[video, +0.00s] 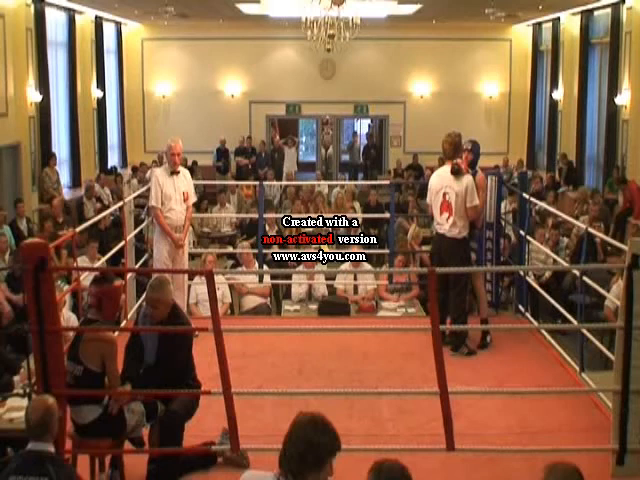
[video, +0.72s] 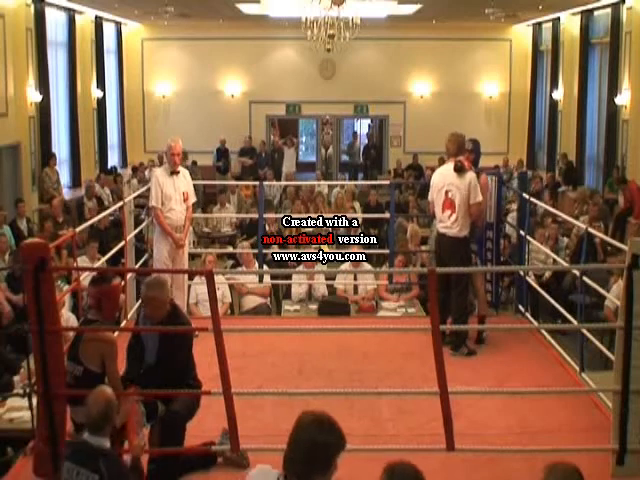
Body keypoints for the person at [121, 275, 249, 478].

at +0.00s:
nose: (152, 311)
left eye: (157, 307)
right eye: (149, 305)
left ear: (170, 303)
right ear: (145, 300)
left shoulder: (180, 326)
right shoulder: (143, 315)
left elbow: (169, 372)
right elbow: (132, 350)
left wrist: (135, 389)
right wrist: (127, 381)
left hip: (182, 389)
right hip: (151, 389)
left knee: (172, 417)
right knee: (164, 467)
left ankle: (159, 471)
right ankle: (216, 451)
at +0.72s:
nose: (148, 308)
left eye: (153, 303)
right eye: (145, 302)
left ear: (167, 301)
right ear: (142, 299)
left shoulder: (180, 326)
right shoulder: (142, 316)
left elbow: (170, 372)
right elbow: (133, 353)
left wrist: (136, 386)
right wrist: (126, 382)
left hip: (182, 389)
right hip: (150, 388)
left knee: (173, 417)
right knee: (163, 468)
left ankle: (159, 470)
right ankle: (216, 451)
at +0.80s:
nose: (141, 306)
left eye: (146, 302)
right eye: (141, 301)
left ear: (162, 302)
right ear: (141, 299)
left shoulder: (180, 326)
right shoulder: (142, 316)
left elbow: (171, 372)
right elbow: (133, 353)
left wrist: (138, 385)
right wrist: (129, 382)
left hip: (183, 389)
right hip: (151, 389)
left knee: (173, 417)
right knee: (162, 469)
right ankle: (216, 450)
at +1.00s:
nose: (143, 309)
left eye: (147, 304)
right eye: (141, 303)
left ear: (162, 303)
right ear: (140, 302)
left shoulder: (180, 326)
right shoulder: (141, 318)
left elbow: (172, 373)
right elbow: (132, 353)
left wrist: (141, 383)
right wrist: (131, 379)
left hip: (183, 388)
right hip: (151, 387)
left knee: (174, 416)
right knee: (161, 467)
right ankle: (216, 450)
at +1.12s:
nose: (142, 310)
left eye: (145, 305)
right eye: (140, 304)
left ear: (161, 302)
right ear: (139, 301)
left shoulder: (180, 326)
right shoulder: (142, 315)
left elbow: (171, 370)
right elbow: (133, 348)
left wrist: (141, 378)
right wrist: (131, 370)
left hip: (183, 386)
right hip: (151, 383)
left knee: (173, 416)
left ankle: (166, 468)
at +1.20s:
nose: (141, 308)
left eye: (145, 304)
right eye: (139, 303)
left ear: (161, 301)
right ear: (138, 300)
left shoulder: (179, 325)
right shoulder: (142, 317)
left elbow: (171, 371)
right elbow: (132, 349)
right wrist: (129, 371)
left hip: (184, 388)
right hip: (154, 388)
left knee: (174, 416)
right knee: (161, 467)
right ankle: (216, 449)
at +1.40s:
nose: (143, 302)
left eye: (147, 296)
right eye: (141, 296)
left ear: (163, 295)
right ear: (139, 294)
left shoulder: (178, 323)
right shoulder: (141, 314)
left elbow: (176, 375)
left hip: (182, 390)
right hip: (150, 389)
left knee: (173, 417)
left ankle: (216, 452)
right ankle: (214, 447)